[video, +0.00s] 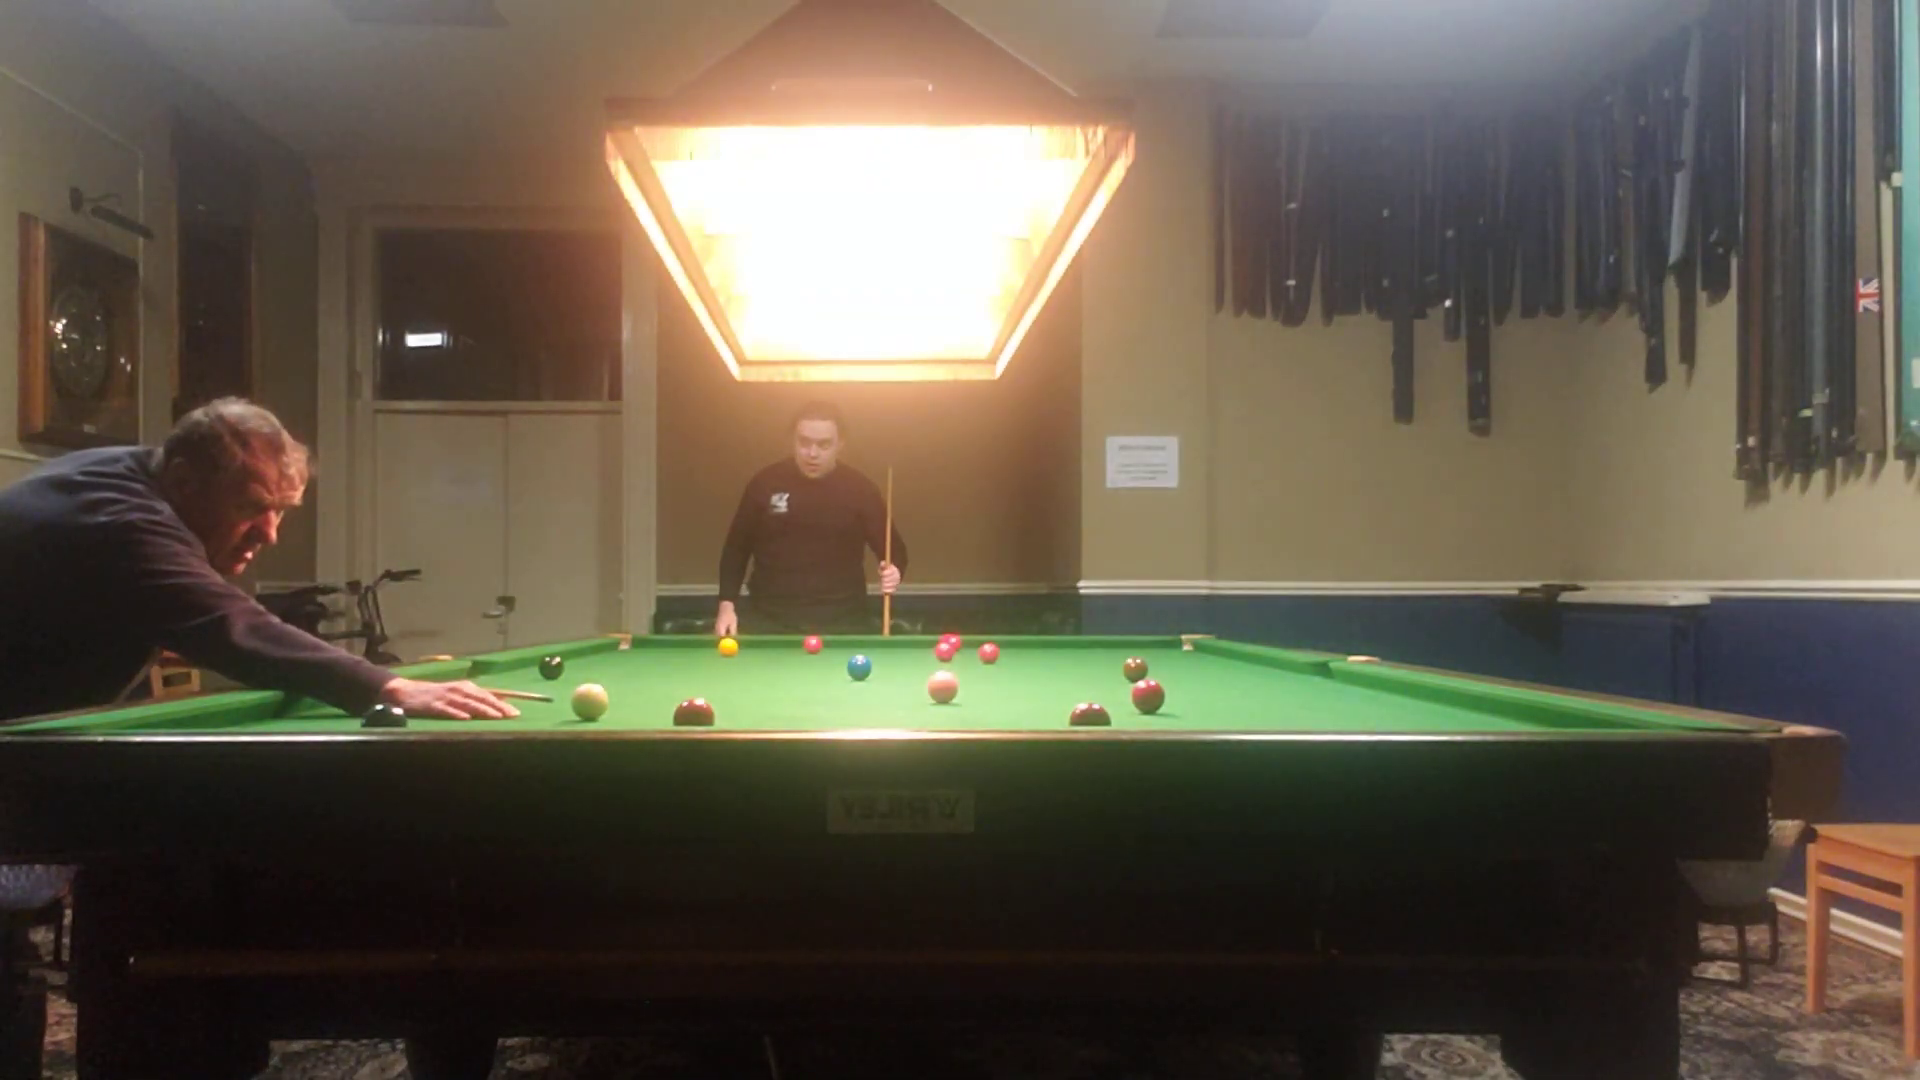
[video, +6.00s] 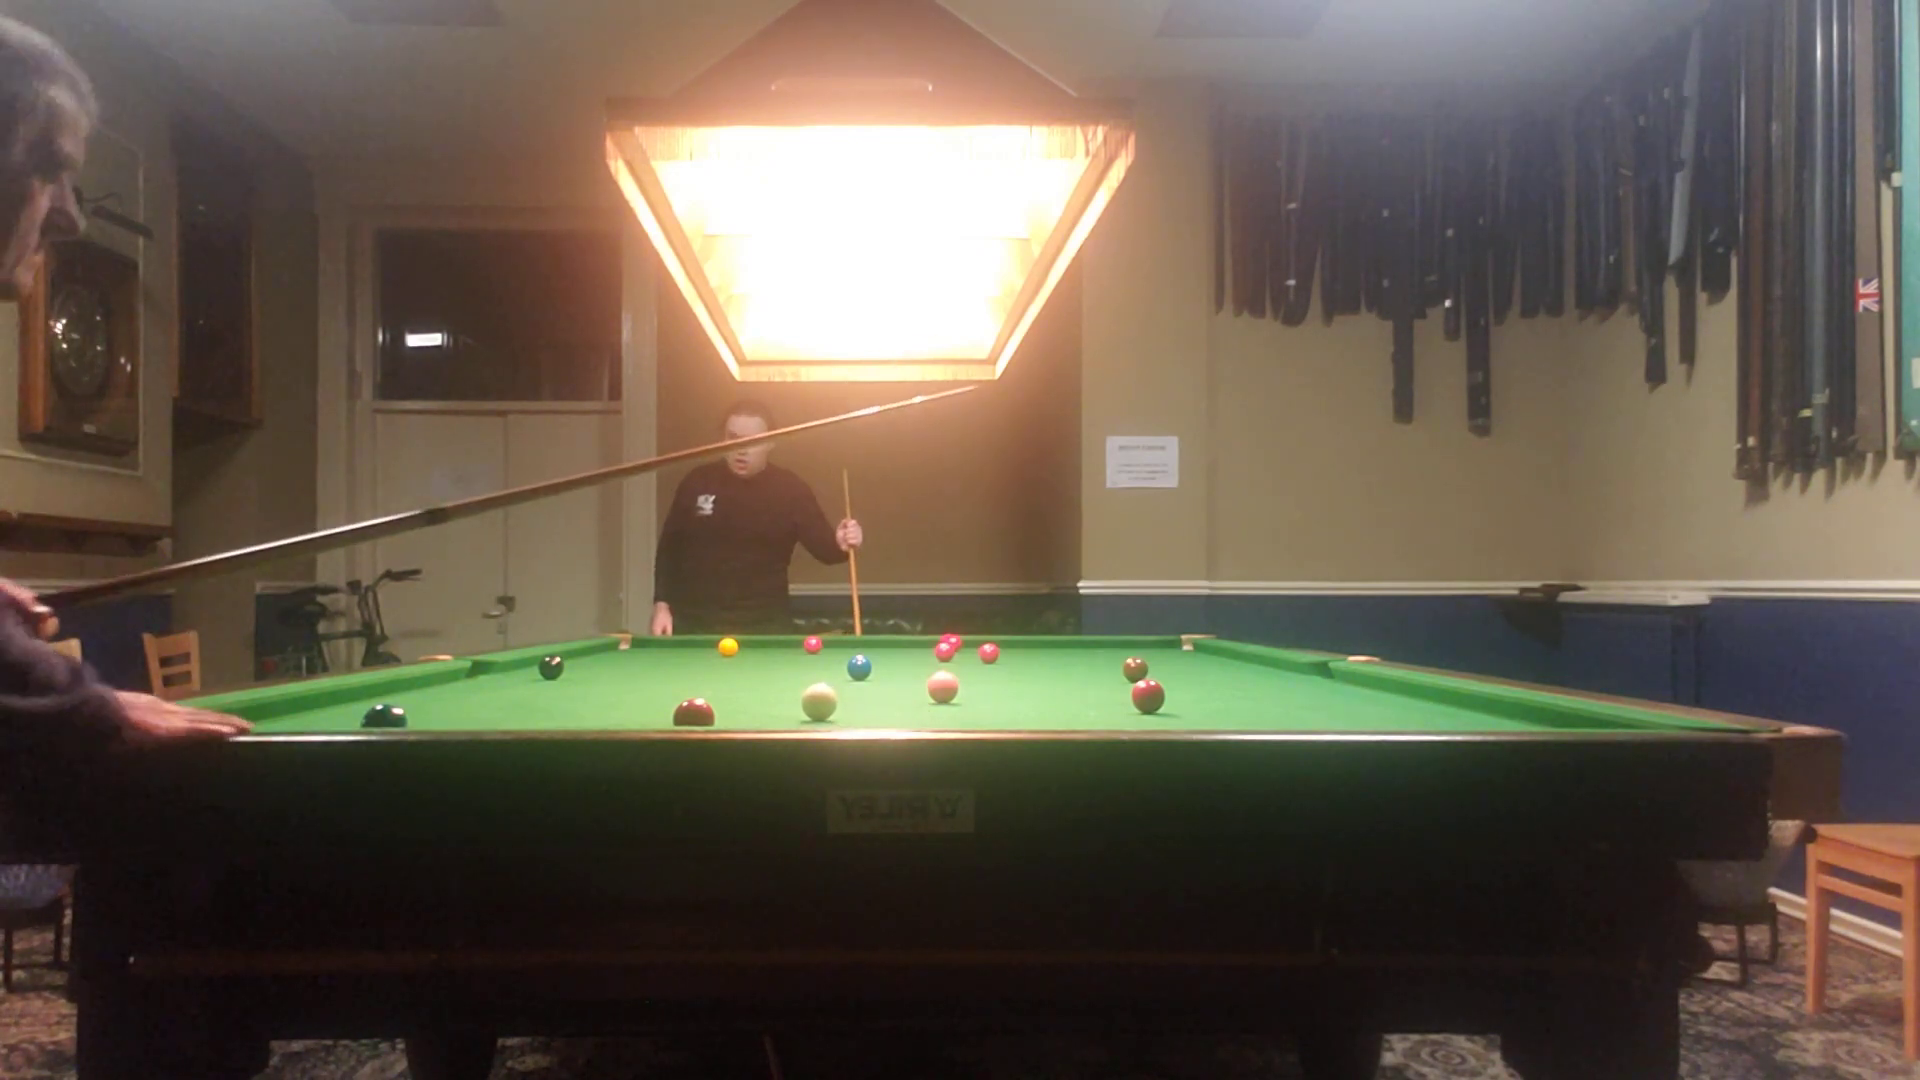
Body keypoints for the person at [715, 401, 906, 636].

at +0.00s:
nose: (813, 454)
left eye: (823, 444)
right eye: (804, 443)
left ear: (840, 445)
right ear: (793, 441)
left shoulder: (859, 490)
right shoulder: (765, 485)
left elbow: (890, 542)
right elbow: (737, 547)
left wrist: (893, 568)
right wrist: (726, 604)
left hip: (842, 623)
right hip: (771, 623)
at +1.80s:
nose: (802, 438)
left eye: (813, 430)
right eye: (795, 429)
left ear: (830, 437)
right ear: (785, 434)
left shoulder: (854, 483)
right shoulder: (762, 485)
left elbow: (887, 549)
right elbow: (737, 551)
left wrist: (873, 538)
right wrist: (731, 608)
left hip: (837, 624)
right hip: (768, 625)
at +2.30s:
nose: (771, 433)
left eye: (783, 425)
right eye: (763, 424)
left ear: (799, 434)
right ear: (753, 431)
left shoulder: (823, 480)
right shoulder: (730, 482)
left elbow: (858, 548)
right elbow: (706, 549)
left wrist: (853, 536)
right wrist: (701, 609)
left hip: (810, 622)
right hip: (741, 623)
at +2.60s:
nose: (746, 431)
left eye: (758, 424)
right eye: (738, 423)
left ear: (774, 434)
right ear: (728, 430)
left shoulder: (799, 482)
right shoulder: (705, 482)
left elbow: (828, 551)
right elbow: (680, 550)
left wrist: (835, 541)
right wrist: (673, 607)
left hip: (786, 625)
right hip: (716, 624)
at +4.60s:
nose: (739, 449)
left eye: (751, 440)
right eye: (731, 439)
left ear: (769, 444)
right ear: (720, 441)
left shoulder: (788, 489)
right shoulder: (694, 486)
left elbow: (814, 557)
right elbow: (667, 548)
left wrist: (824, 547)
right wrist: (660, 603)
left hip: (765, 635)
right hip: (694, 634)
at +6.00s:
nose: (741, 450)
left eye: (753, 442)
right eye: (735, 440)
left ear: (770, 444)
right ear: (723, 440)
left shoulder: (789, 489)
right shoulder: (698, 483)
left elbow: (823, 548)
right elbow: (669, 548)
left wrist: (840, 543)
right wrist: (662, 604)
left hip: (766, 632)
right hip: (697, 630)